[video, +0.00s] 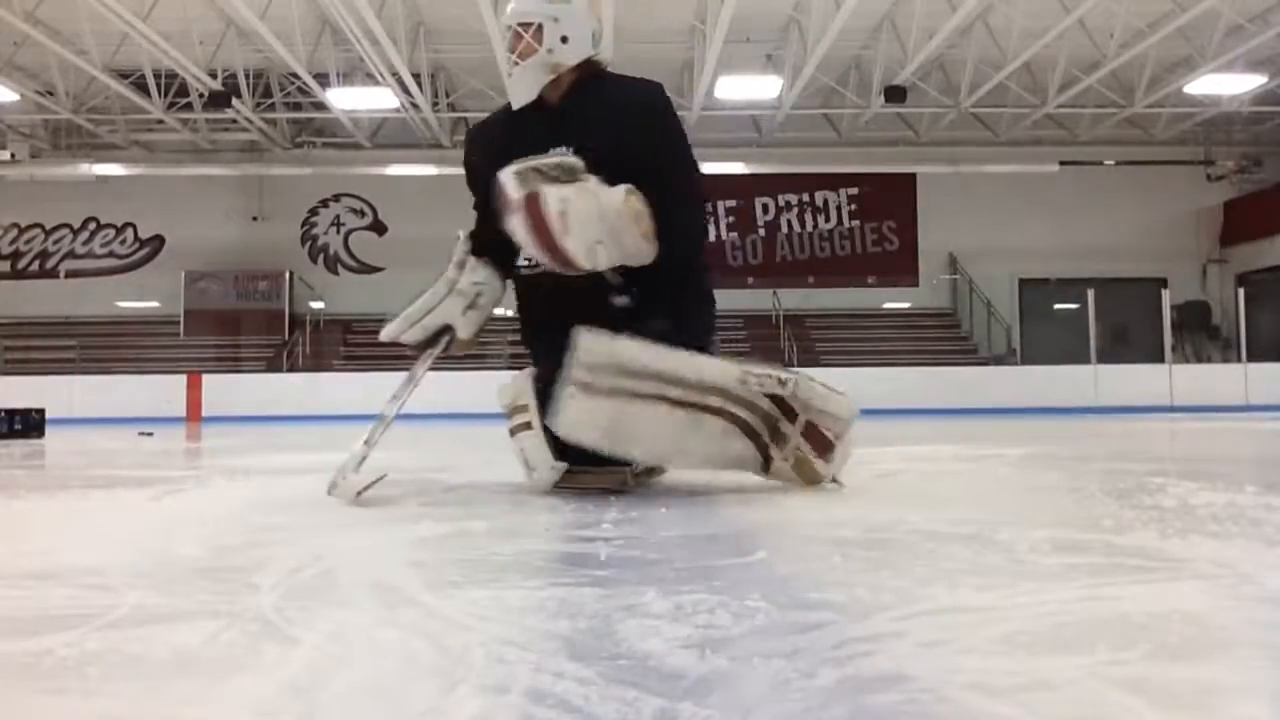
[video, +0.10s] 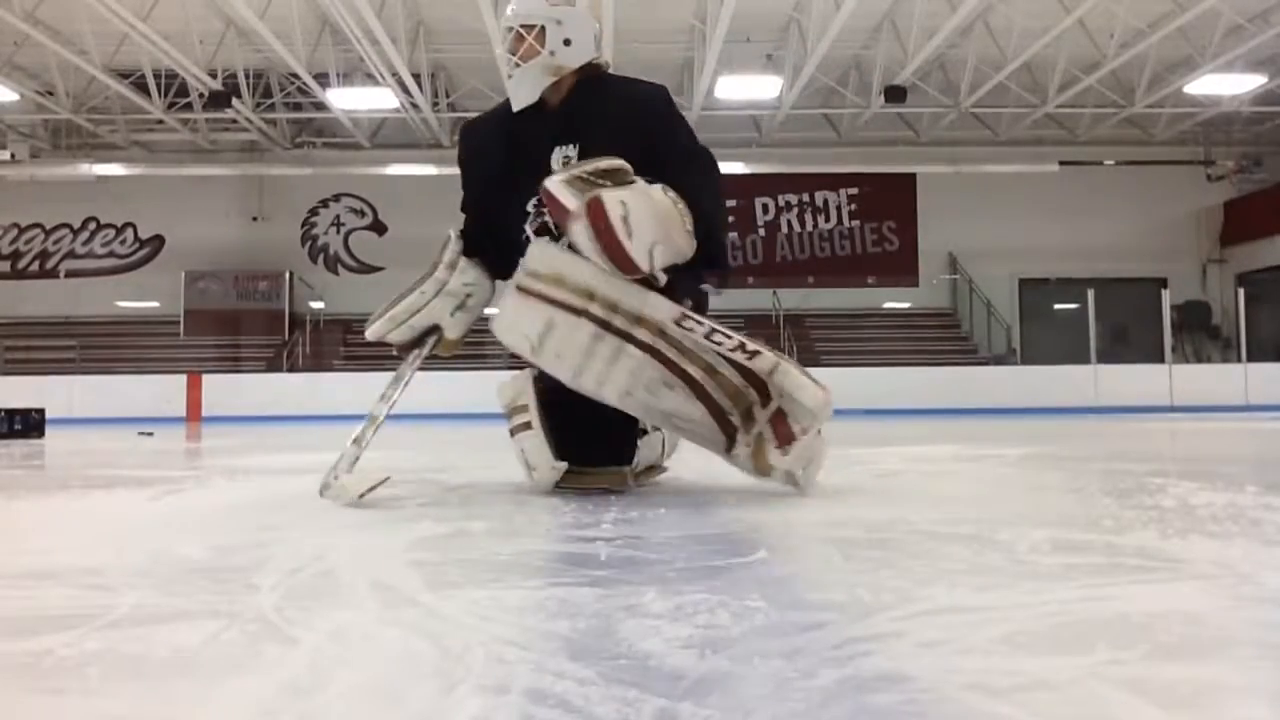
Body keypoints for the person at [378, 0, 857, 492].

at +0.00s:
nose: (519, 41)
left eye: (535, 27)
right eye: (515, 28)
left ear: (573, 34)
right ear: (508, 40)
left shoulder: (639, 106)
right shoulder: (490, 140)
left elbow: (684, 218)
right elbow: (494, 237)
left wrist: (599, 225)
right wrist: (466, 296)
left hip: (659, 325)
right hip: (558, 336)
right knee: (578, 479)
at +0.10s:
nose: (516, 49)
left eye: (530, 34)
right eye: (511, 37)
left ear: (572, 34)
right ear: (505, 45)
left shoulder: (640, 105)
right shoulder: (488, 136)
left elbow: (702, 197)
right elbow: (486, 240)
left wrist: (631, 225)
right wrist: (451, 302)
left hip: (646, 314)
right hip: (549, 323)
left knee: (610, 468)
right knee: (575, 467)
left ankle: (655, 435)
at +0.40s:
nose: (459, 71)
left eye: (471, 58)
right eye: (457, 60)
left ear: (511, 60)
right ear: (467, 67)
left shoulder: (584, 119)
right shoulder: (448, 156)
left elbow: (649, 199)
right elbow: (450, 240)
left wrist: (600, 233)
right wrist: (415, 294)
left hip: (612, 306)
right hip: (519, 316)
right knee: (469, 436)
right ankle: (562, 436)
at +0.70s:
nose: (383, 114)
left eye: (397, 102)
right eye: (384, 101)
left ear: (434, 109)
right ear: (392, 107)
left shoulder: (487, 170)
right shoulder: (361, 178)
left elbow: (548, 243)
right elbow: (340, 266)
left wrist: (524, 287)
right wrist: (299, 317)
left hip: (484, 348)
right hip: (401, 341)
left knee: (457, 461)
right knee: (369, 448)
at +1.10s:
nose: (344, 159)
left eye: (356, 149)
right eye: (333, 148)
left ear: (376, 152)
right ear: (317, 149)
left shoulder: (399, 207)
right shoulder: (293, 191)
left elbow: (432, 293)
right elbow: (244, 251)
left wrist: (397, 355)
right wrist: (212, 312)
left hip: (378, 346)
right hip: (309, 334)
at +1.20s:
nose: (342, 171)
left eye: (354, 161)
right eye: (333, 159)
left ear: (372, 162)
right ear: (316, 157)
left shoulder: (393, 215)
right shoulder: (287, 194)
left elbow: (427, 296)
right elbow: (232, 250)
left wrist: (394, 345)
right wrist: (199, 306)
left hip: (362, 348)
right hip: (290, 331)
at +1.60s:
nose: (325, 166)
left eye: (336, 156)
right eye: (316, 156)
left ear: (354, 160)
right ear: (301, 160)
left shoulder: (382, 214)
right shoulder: (276, 206)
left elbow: (422, 283)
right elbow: (226, 264)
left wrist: (401, 338)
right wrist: (201, 317)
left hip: (356, 365)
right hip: (281, 357)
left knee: (344, 455)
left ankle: (425, 436)